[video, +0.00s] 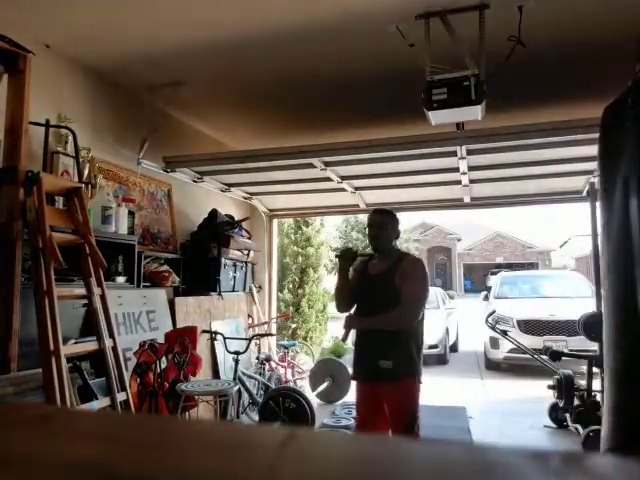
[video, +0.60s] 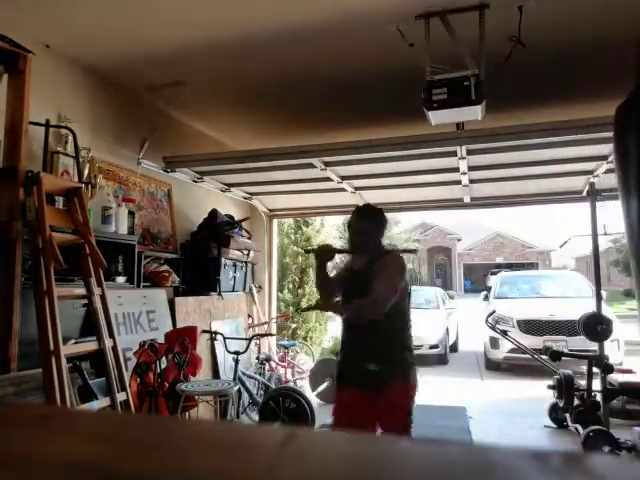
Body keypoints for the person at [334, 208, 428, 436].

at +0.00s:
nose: (374, 233)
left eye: (381, 227)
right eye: (370, 227)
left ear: (396, 231)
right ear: (366, 231)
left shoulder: (412, 266)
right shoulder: (363, 266)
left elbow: (408, 317)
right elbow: (342, 305)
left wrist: (359, 322)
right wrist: (343, 269)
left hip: (401, 368)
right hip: (367, 367)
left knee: (405, 440)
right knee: (368, 440)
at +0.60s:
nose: (354, 237)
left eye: (361, 231)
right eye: (352, 230)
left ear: (377, 232)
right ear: (349, 231)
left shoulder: (392, 262)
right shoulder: (354, 265)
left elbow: (377, 307)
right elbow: (328, 293)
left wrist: (334, 307)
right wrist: (321, 264)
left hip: (392, 369)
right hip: (355, 367)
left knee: (396, 446)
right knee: (348, 446)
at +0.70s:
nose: (354, 236)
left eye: (362, 230)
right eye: (351, 228)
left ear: (378, 232)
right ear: (348, 227)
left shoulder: (392, 260)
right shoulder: (345, 257)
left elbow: (380, 307)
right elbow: (311, 283)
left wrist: (331, 302)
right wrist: (315, 251)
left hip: (382, 349)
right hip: (347, 348)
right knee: (343, 419)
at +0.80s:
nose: (354, 237)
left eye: (362, 232)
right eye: (352, 229)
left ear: (377, 234)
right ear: (347, 229)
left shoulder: (392, 264)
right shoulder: (343, 257)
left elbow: (379, 311)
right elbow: (309, 284)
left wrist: (328, 304)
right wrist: (315, 250)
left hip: (382, 343)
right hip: (344, 341)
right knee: (339, 403)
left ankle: (348, 427)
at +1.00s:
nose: (345, 236)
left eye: (353, 230)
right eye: (345, 229)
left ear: (370, 234)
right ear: (343, 231)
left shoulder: (385, 265)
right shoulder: (347, 266)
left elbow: (372, 315)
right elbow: (313, 293)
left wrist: (325, 314)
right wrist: (313, 258)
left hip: (378, 351)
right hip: (344, 349)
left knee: (337, 347)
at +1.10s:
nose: (345, 236)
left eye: (351, 230)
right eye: (344, 230)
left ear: (368, 233)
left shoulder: (383, 264)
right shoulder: (350, 271)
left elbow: (366, 308)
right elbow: (313, 295)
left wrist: (326, 316)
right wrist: (317, 255)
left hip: (373, 354)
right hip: (344, 355)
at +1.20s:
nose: (346, 237)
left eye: (351, 230)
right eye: (345, 230)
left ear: (369, 232)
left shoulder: (384, 263)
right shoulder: (354, 270)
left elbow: (356, 304)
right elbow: (313, 294)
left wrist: (327, 315)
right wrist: (314, 251)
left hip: (370, 364)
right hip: (344, 362)